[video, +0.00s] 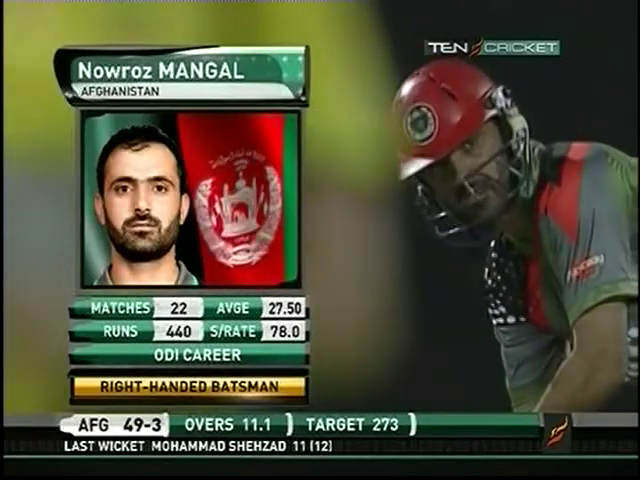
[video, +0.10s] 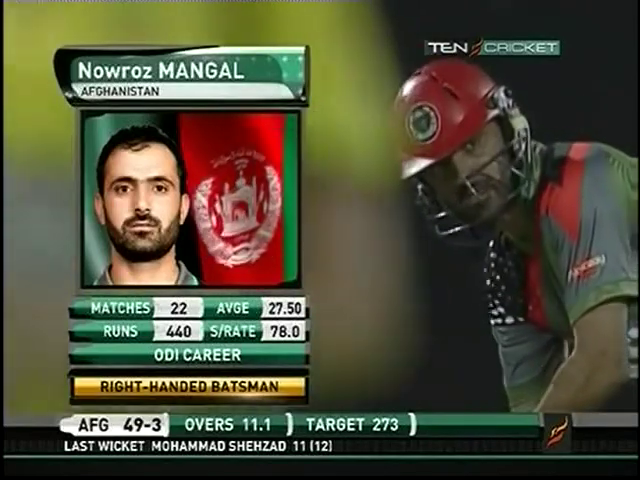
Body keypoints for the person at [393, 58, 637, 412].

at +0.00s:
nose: (462, 174)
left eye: (470, 145)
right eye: (438, 166)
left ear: (507, 127)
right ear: (424, 187)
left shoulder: (581, 180)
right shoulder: (508, 274)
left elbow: (601, 363)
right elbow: (534, 412)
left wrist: (521, 447)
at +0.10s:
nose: (463, 173)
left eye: (472, 145)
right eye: (440, 166)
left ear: (508, 127)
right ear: (425, 186)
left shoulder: (582, 181)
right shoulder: (506, 269)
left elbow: (602, 363)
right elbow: (531, 413)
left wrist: (522, 450)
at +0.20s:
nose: (467, 173)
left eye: (475, 144)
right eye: (443, 166)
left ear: (510, 124)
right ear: (425, 187)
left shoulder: (584, 181)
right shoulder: (507, 272)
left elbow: (605, 361)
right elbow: (531, 415)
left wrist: (523, 449)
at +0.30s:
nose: (465, 166)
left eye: (474, 138)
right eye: (442, 159)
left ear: (512, 123)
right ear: (426, 178)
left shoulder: (585, 181)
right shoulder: (507, 260)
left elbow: (605, 360)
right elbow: (529, 412)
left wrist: (524, 449)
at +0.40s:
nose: (462, 164)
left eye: (472, 136)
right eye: (439, 154)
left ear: (510, 122)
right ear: (419, 171)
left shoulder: (583, 176)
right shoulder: (505, 266)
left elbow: (603, 359)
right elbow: (528, 413)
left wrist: (519, 453)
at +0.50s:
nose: (459, 159)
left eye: (469, 134)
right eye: (443, 144)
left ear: (505, 120)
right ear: (427, 158)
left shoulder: (574, 178)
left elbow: (598, 360)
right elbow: (518, 401)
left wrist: (517, 451)